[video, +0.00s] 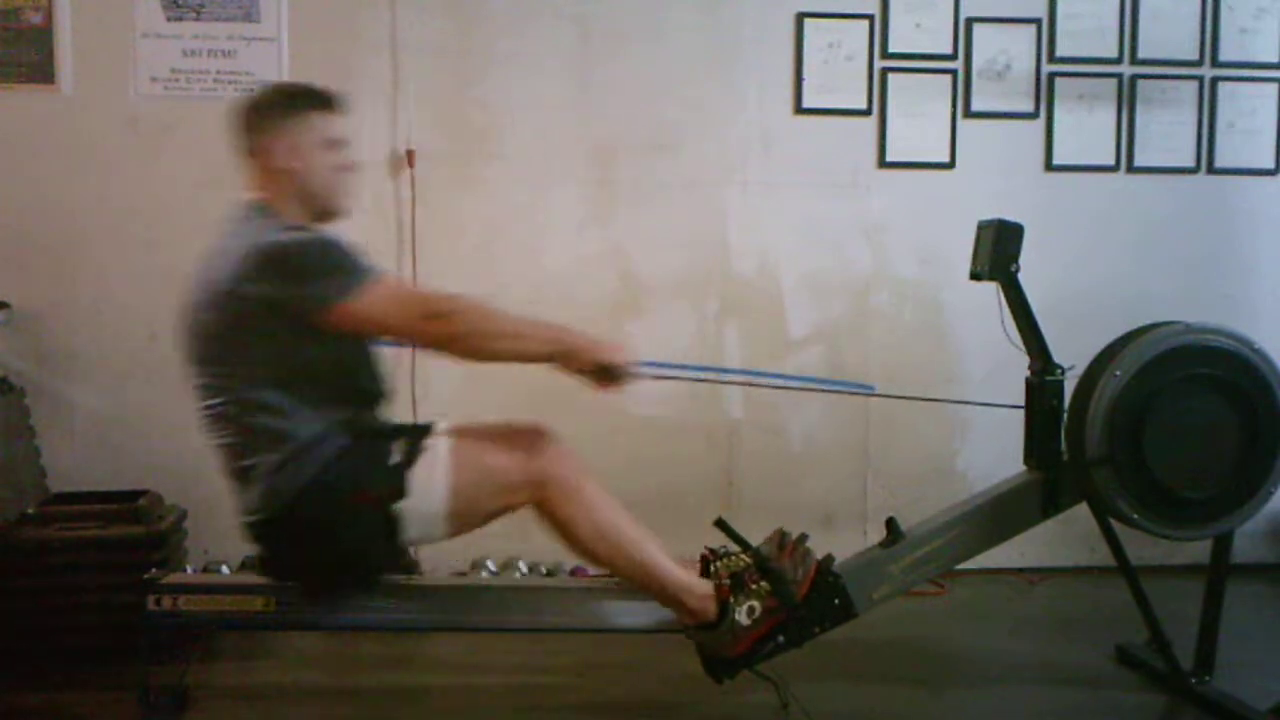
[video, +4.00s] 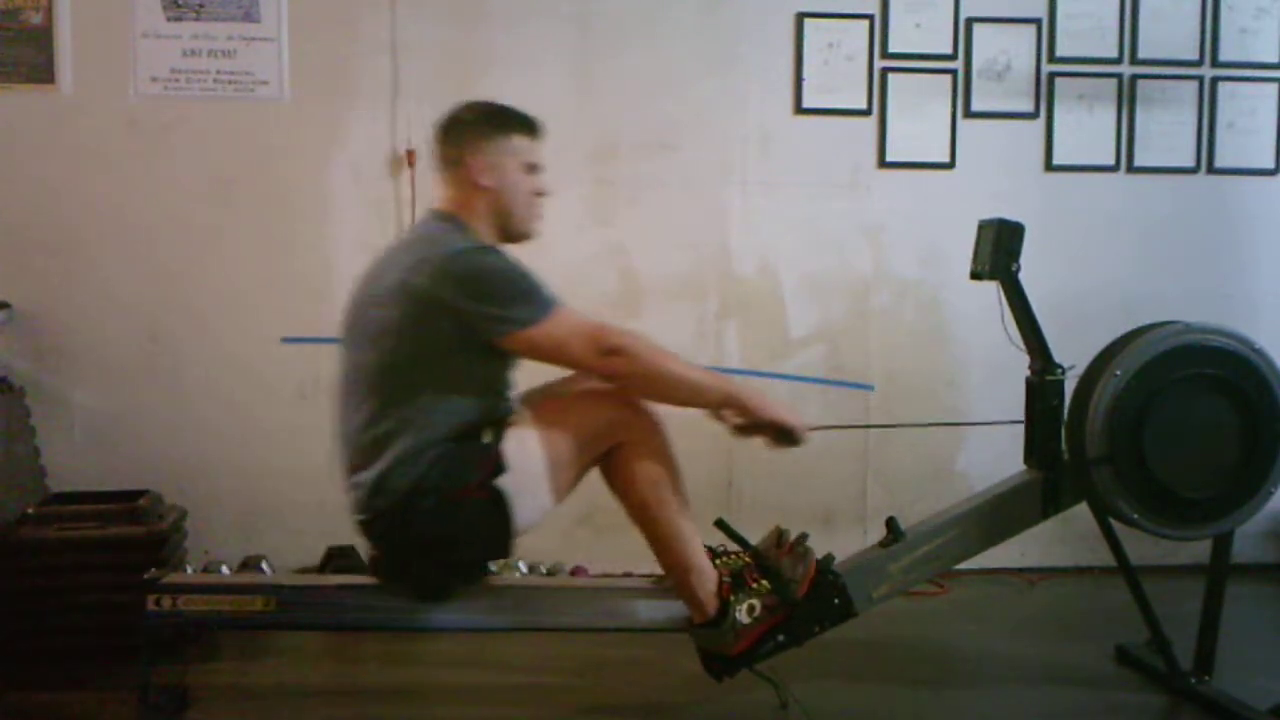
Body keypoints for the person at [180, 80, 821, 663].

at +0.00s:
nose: (349, 166)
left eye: (345, 147)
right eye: (331, 148)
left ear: (281, 159)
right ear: (275, 154)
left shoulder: (267, 247)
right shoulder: (282, 252)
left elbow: (429, 318)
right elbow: (433, 320)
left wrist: (565, 346)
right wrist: (572, 348)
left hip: (319, 484)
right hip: (324, 496)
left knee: (533, 449)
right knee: (539, 457)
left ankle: (696, 598)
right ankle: (706, 612)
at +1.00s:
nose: (320, 186)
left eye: (318, 169)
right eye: (303, 169)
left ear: (252, 174)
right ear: (243, 170)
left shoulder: (260, 264)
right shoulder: (218, 267)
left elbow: (360, 365)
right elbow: (342, 376)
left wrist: (479, 397)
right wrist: (484, 399)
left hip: (314, 479)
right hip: (284, 507)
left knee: (511, 475)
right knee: (509, 489)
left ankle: (703, 584)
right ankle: (705, 613)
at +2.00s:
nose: (706, 208)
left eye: (703, 192)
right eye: (696, 191)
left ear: (642, 197)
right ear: (653, 195)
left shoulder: (599, 259)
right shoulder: (642, 266)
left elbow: (772, 336)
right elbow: (801, 336)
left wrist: (887, 372)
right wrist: (939, 364)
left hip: (531, 512)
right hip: (558, 517)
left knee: (716, 366)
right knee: (728, 379)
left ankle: (702, 567)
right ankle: (717, 594)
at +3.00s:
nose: (172, 199)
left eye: (169, 183)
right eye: (153, 184)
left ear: (116, 197)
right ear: (90, 197)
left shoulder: (139, 287)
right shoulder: (74, 291)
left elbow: (161, 399)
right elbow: (45, 426)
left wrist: (233, 352)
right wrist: (179, 353)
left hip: (305, 468)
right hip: (272, 500)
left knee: (502, 507)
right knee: (493, 522)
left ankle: (706, 594)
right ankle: (710, 614)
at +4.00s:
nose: (543, 187)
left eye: (539, 170)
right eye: (530, 168)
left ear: (473, 172)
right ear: (477, 170)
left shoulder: (424, 258)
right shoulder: (455, 264)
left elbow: (594, 352)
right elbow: (605, 353)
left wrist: (719, 398)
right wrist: (737, 398)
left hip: (411, 513)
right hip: (433, 520)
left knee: (605, 393)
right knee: (622, 410)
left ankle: (704, 586)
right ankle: (716, 613)